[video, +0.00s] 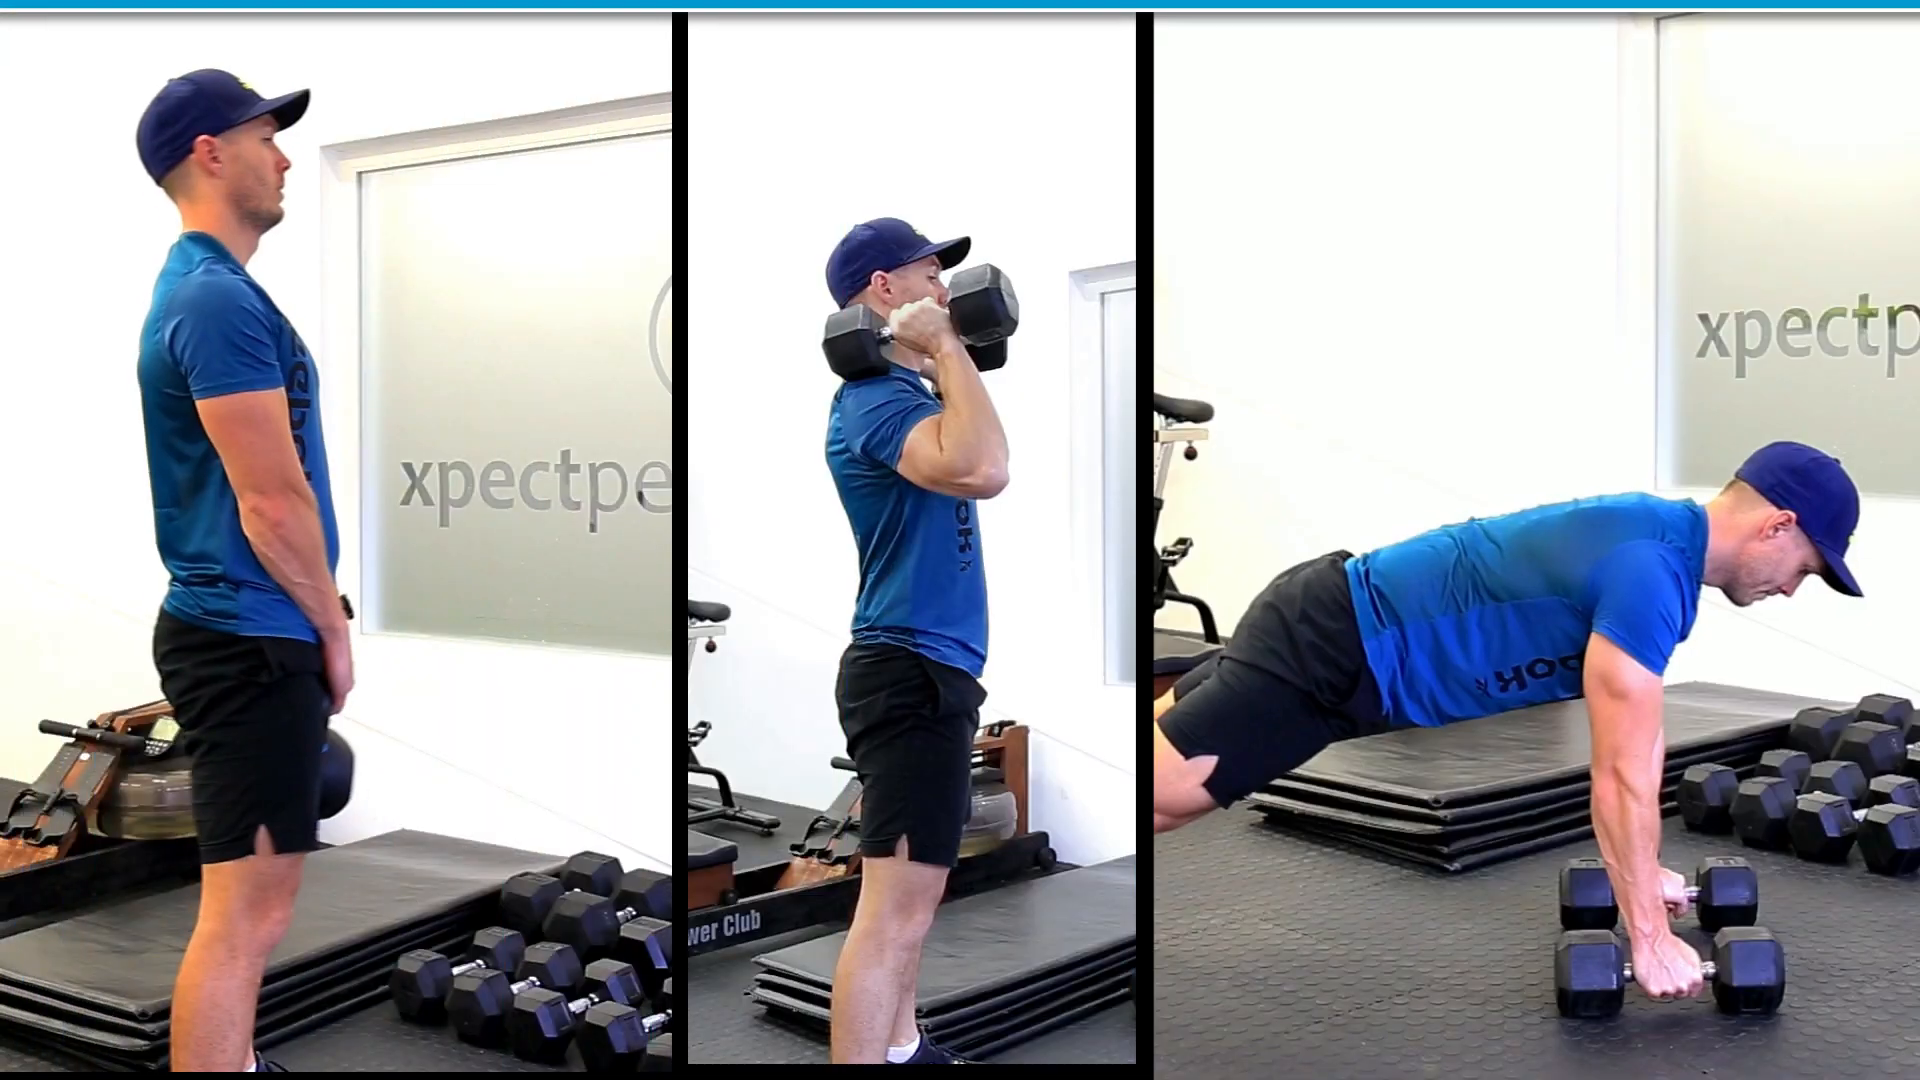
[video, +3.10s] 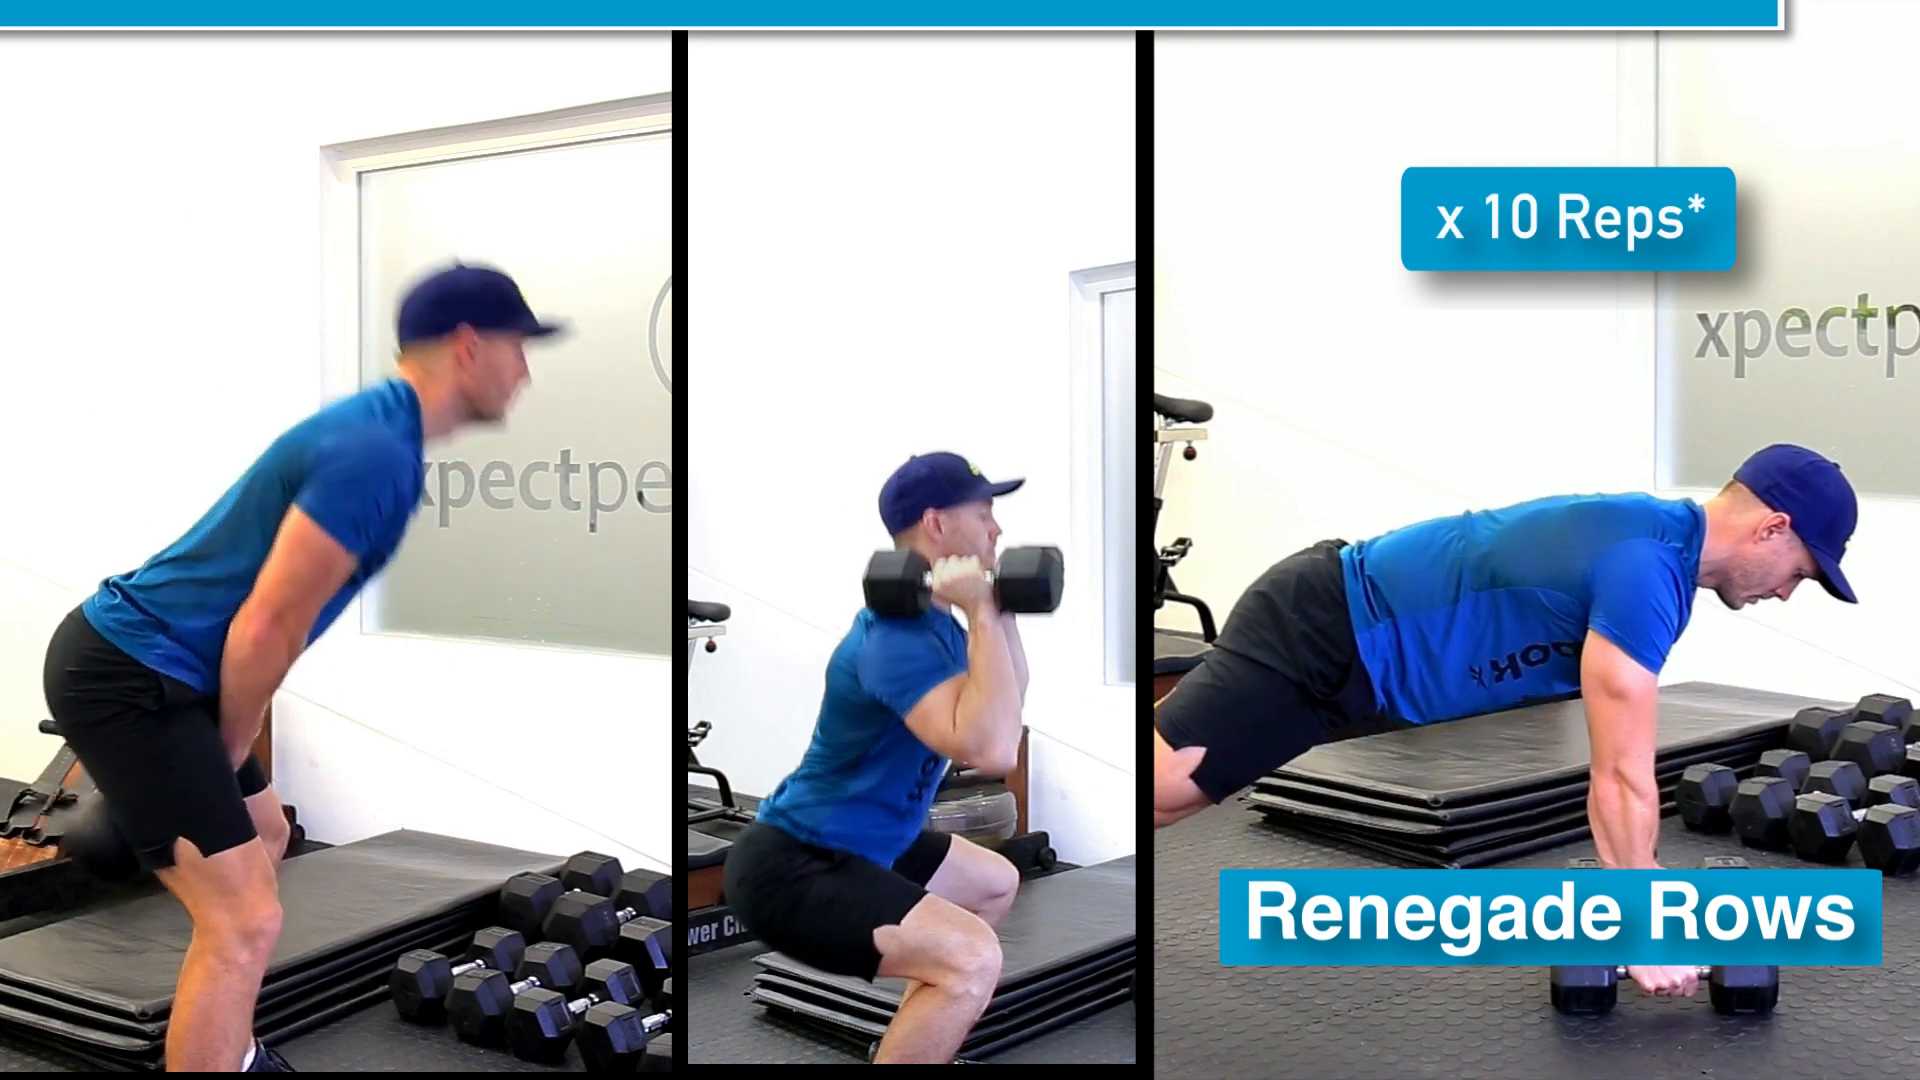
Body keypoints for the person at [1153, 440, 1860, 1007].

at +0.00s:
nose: (1795, 589)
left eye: (1808, 577)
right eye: (1806, 569)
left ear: (1766, 523)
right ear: (1775, 526)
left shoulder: (1663, 562)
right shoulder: (1651, 565)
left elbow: (1630, 753)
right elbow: (1618, 772)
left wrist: (1640, 872)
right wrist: (1646, 932)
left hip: (1351, 647)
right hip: (1336, 634)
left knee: (1167, 769)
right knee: (1156, 789)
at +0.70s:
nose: (1778, 573)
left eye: (1792, 560)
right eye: (1790, 551)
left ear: (1747, 503)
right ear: (1755, 507)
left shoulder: (1657, 571)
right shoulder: (1619, 537)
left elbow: (1638, 727)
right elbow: (1530, 717)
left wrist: (1640, 865)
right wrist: (1614, 859)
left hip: (1347, 652)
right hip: (1321, 610)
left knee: (1164, 780)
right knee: (1156, 759)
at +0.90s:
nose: (1785, 573)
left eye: (1799, 561)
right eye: (1796, 551)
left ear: (1752, 507)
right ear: (1761, 507)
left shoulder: (1659, 580)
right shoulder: (1621, 529)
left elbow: (1640, 730)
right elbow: (1464, 629)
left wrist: (1638, 839)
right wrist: (1559, 755)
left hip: (1357, 655)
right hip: (1328, 614)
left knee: (1161, 764)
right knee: (1156, 777)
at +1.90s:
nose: (1779, 578)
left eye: (1793, 567)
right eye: (1792, 557)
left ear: (1750, 507)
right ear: (1758, 510)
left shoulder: (1654, 579)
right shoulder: (1616, 529)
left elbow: (1636, 730)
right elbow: (1526, 709)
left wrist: (1644, 868)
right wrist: (1611, 860)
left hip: (1348, 659)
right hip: (1320, 611)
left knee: (1161, 780)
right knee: (1153, 760)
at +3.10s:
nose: (1791, 592)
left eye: (1805, 580)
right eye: (1802, 571)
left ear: (1762, 525)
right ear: (1770, 528)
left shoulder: (1659, 564)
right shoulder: (1645, 564)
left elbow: (1627, 768)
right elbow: (1619, 775)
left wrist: (1648, 928)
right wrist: (1642, 941)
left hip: (1346, 648)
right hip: (1329, 627)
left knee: (1147, 772)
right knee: (1140, 792)